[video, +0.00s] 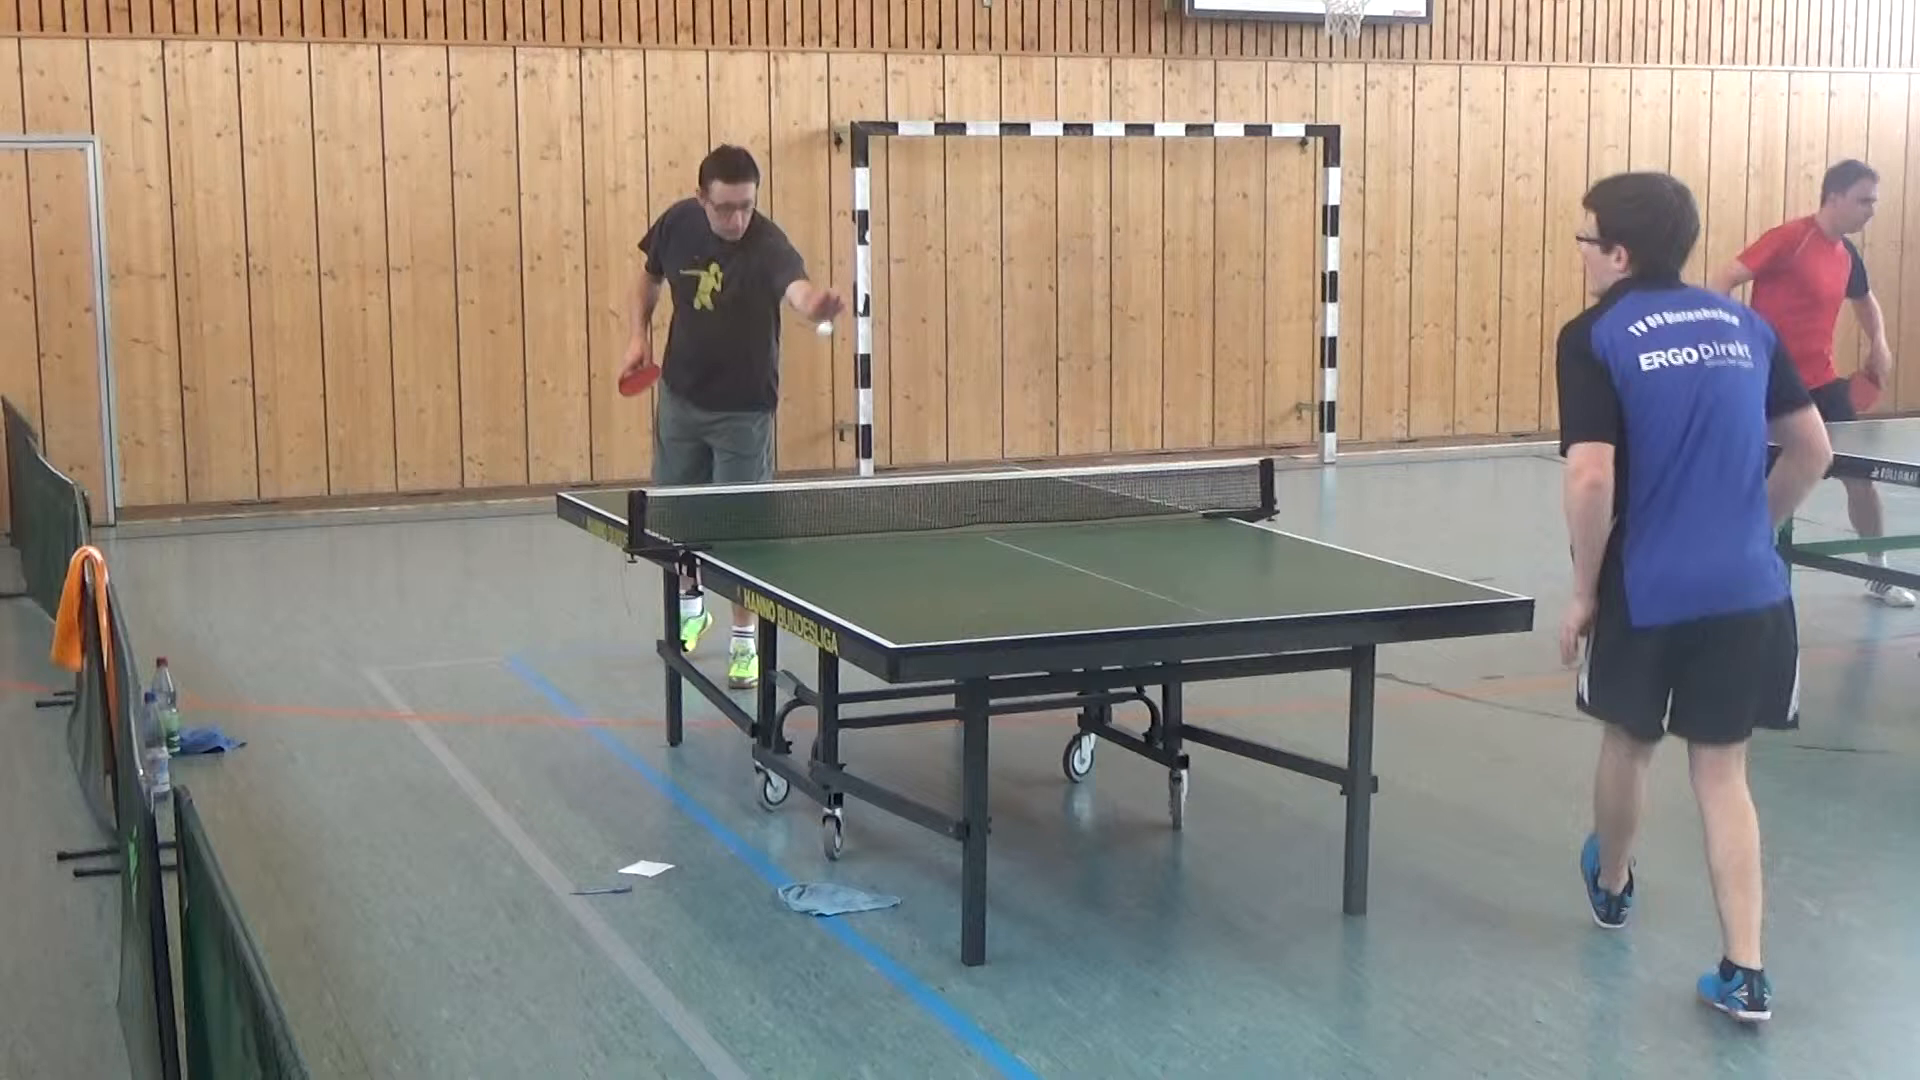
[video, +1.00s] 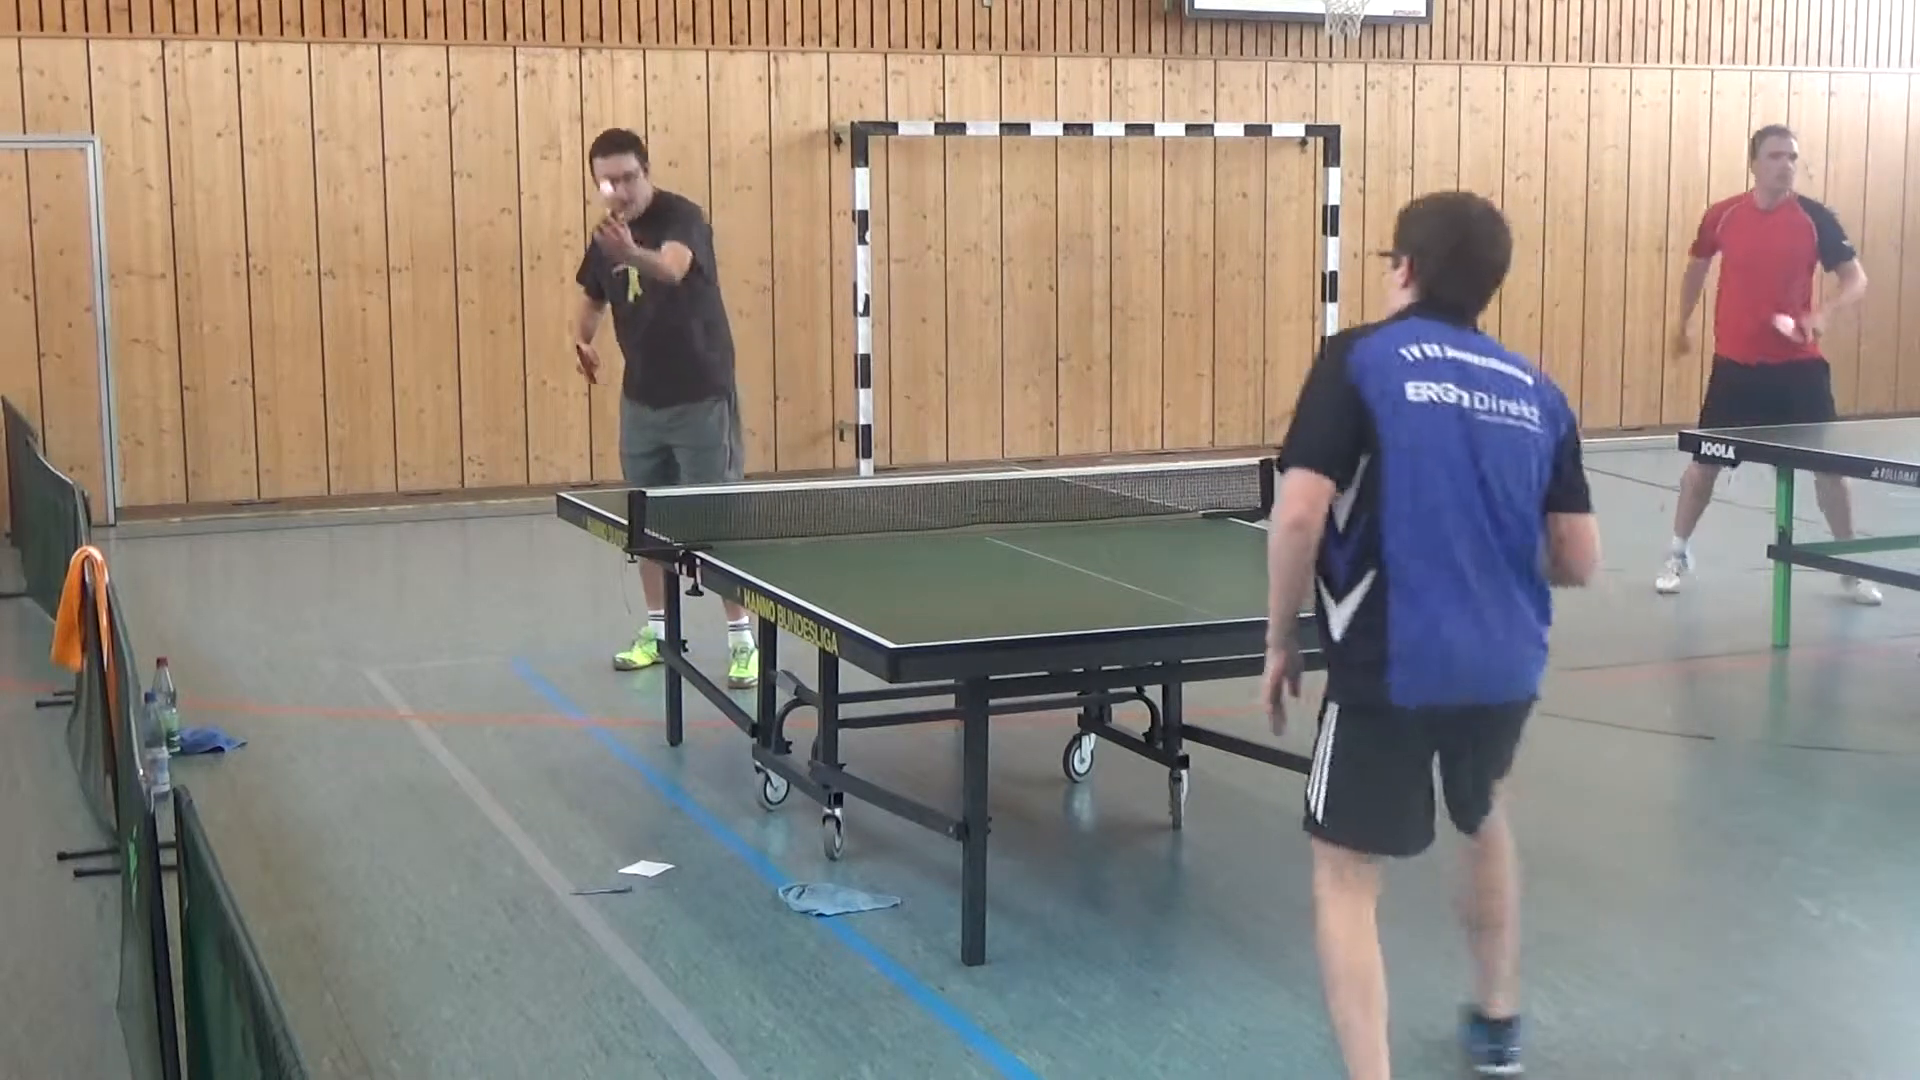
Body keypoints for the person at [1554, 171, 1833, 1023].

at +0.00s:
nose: (1579, 254)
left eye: (1588, 243)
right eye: (1582, 239)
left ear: (1624, 251)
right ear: (1672, 248)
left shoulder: (1591, 337)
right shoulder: (1747, 324)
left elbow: (1592, 475)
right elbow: (1811, 449)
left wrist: (1583, 590)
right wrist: (1754, 524)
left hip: (1646, 591)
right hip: (1747, 588)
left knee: (1627, 742)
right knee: (1724, 769)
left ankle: (1611, 882)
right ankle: (1746, 972)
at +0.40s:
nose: (1605, 220)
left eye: (1611, 207)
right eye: (1610, 205)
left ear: (1634, 214)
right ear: (1703, 218)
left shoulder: (1597, 285)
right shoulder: (1756, 311)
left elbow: (1573, 409)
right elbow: (1803, 461)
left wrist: (1548, 534)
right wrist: (1723, 473)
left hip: (1618, 562)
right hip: (1727, 572)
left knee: (1571, 742)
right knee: (1732, 776)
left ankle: (1552, 956)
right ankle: (1758, 996)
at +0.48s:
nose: (1591, 223)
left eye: (1598, 209)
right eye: (1595, 207)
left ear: (1626, 218)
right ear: (1694, 223)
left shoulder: (1585, 296)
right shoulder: (1753, 321)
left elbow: (1555, 425)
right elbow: (1784, 474)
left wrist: (1519, 566)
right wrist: (1696, 460)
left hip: (1605, 583)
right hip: (1720, 597)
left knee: (1525, 771)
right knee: (1733, 802)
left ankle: (1484, 994)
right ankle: (1787, 1027)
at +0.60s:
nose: (1560, 267)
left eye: (1566, 253)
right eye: (1564, 251)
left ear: (1594, 263)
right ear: (1665, 266)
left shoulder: (1554, 351)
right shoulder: (1722, 366)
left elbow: (1524, 494)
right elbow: (1747, 523)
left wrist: (1494, 635)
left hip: (1574, 649)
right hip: (1689, 655)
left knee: (1476, 831)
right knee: (1717, 839)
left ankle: (1402, 1048)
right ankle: (1788, 1042)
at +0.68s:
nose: (1531, 284)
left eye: (1537, 273)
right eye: (1534, 270)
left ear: (1560, 285)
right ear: (1633, 290)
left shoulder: (1519, 371)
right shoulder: (1687, 396)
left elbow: (1480, 529)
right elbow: (1708, 554)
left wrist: (1449, 664)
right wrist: (1608, 531)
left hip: (1525, 676)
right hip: (1639, 684)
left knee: (1439, 870)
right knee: (1682, 850)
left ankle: (1399, 1070)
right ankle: (1783, 1042)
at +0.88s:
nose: (1425, 292)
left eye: (1431, 280)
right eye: (1430, 278)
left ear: (1448, 296)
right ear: (1528, 308)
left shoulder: (1401, 381)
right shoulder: (1573, 415)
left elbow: (1337, 542)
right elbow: (1605, 588)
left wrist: (1317, 664)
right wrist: (1515, 552)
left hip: (1421, 691)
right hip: (1536, 692)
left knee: (1337, 877)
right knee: (1540, 814)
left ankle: (1368, 1072)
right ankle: (1658, 1005)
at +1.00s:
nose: (1384, 275)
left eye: (1390, 263)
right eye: (1392, 260)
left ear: (1409, 274)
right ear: (1487, 286)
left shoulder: (1358, 358)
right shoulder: (1540, 390)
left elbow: (1299, 514)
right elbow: (1577, 561)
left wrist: (1281, 640)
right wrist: (1497, 543)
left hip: (1391, 665)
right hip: (1508, 666)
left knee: (1345, 875)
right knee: (1483, 812)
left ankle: (1369, 1070)